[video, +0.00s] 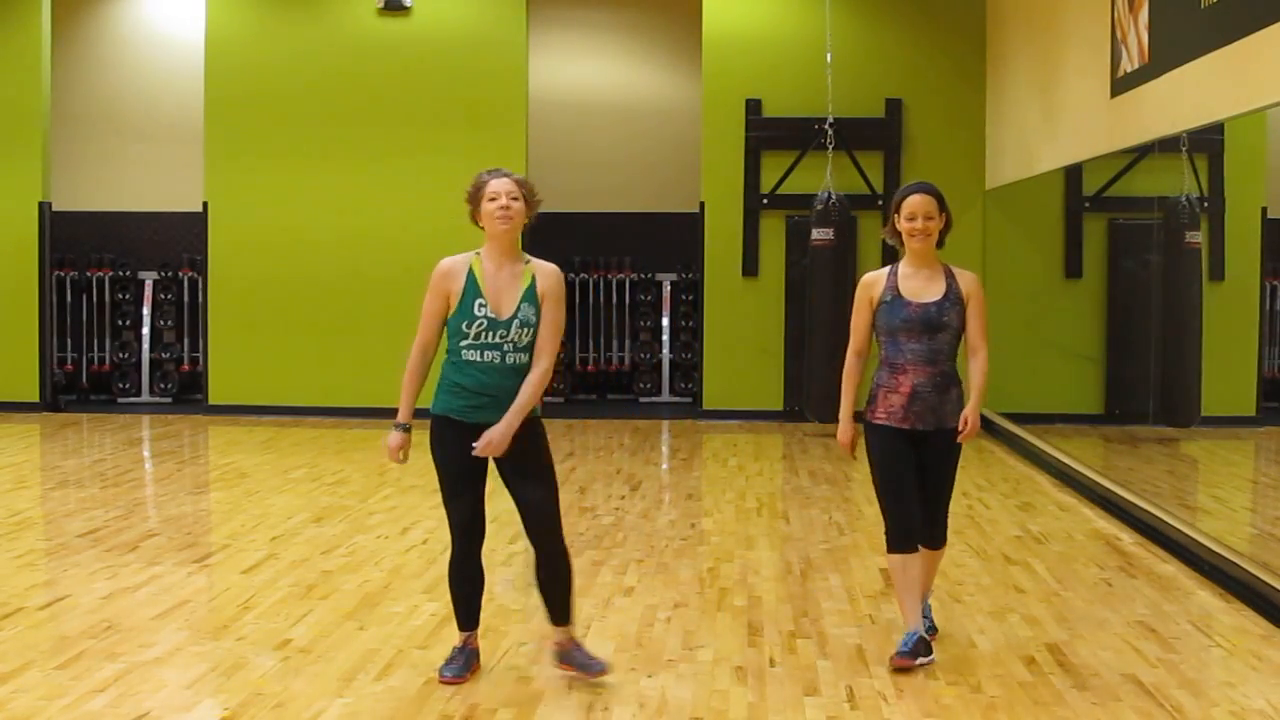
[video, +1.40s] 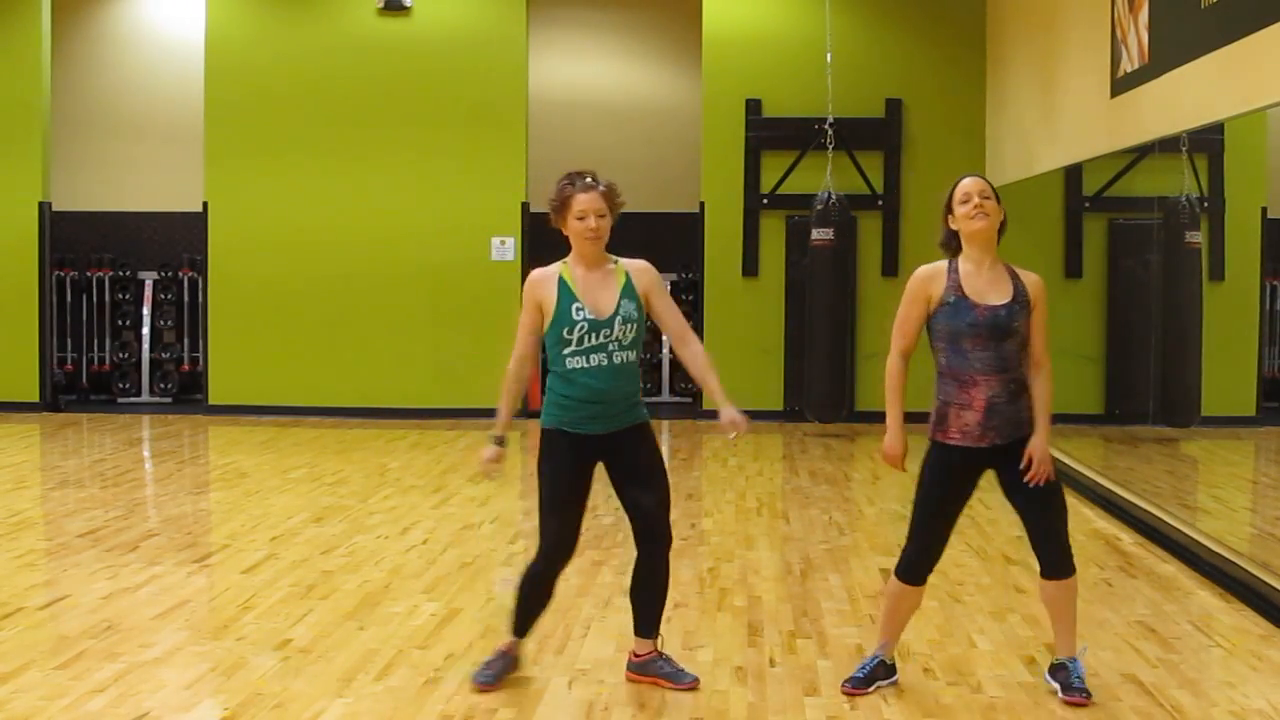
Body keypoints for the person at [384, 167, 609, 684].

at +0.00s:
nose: (505, 205)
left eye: (514, 198)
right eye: (494, 199)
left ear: (527, 212)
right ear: (477, 213)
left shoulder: (547, 277)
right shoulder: (451, 272)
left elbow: (543, 364)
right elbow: (423, 349)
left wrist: (508, 425)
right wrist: (402, 422)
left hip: (518, 420)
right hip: (456, 421)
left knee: (548, 531)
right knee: (466, 535)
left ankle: (565, 639)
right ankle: (467, 642)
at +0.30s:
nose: (537, 207)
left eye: (546, 200)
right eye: (526, 201)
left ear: (561, 214)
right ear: (510, 216)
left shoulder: (584, 274)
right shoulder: (493, 277)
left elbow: (599, 358)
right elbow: (478, 349)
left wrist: (553, 413)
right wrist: (442, 381)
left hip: (567, 425)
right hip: (503, 425)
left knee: (595, 538)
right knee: (485, 541)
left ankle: (619, 652)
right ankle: (475, 643)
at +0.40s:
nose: (545, 210)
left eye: (554, 202)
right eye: (534, 204)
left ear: (570, 215)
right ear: (520, 218)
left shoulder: (595, 274)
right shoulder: (507, 280)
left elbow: (616, 357)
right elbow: (484, 356)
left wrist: (588, 420)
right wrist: (457, 331)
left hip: (586, 425)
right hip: (523, 427)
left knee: (610, 539)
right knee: (486, 532)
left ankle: (621, 652)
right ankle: (492, 641)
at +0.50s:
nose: (549, 211)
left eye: (558, 203)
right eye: (538, 204)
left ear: (574, 213)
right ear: (525, 218)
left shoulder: (600, 271)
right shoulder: (514, 277)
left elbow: (625, 353)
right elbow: (466, 335)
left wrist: (627, 425)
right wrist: (467, 272)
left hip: (598, 426)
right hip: (535, 426)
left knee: (614, 541)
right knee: (486, 526)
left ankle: (622, 653)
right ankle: (491, 640)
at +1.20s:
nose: (581, 224)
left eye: (588, 214)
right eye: (570, 216)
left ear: (597, 218)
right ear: (546, 222)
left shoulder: (615, 278)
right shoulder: (524, 275)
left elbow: (625, 356)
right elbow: (472, 340)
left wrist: (629, 429)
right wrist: (466, 313)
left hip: (584, 432)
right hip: (524, 430)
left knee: (624, 535)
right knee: (498, 543)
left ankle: (638, 652)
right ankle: (456, 649)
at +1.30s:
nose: (589, 222)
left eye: (595, 212)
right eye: (577, 214)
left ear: (606, 215)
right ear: (556, 221)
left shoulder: (630, 273)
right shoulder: (536, 278)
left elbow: (660, 348)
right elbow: (500, 345)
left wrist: (684, 419)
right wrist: (467, 392)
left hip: (613, 430)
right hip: (551, 432)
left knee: (645, 536)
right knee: (523, 545)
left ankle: (642, 651)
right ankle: (470, 647)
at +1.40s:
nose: (594, 225)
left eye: (601, 215)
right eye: (582, 217)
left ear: (613, 218)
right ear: (563, 223)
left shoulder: (640, 276)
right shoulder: (542, 284)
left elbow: (684, 340)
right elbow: (521, 361)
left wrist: (722, 401)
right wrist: (499, 434)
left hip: (628, 429)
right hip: (565, 433)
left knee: (655, 534)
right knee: (556, 548)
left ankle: (644, 652)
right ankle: (512, 646)